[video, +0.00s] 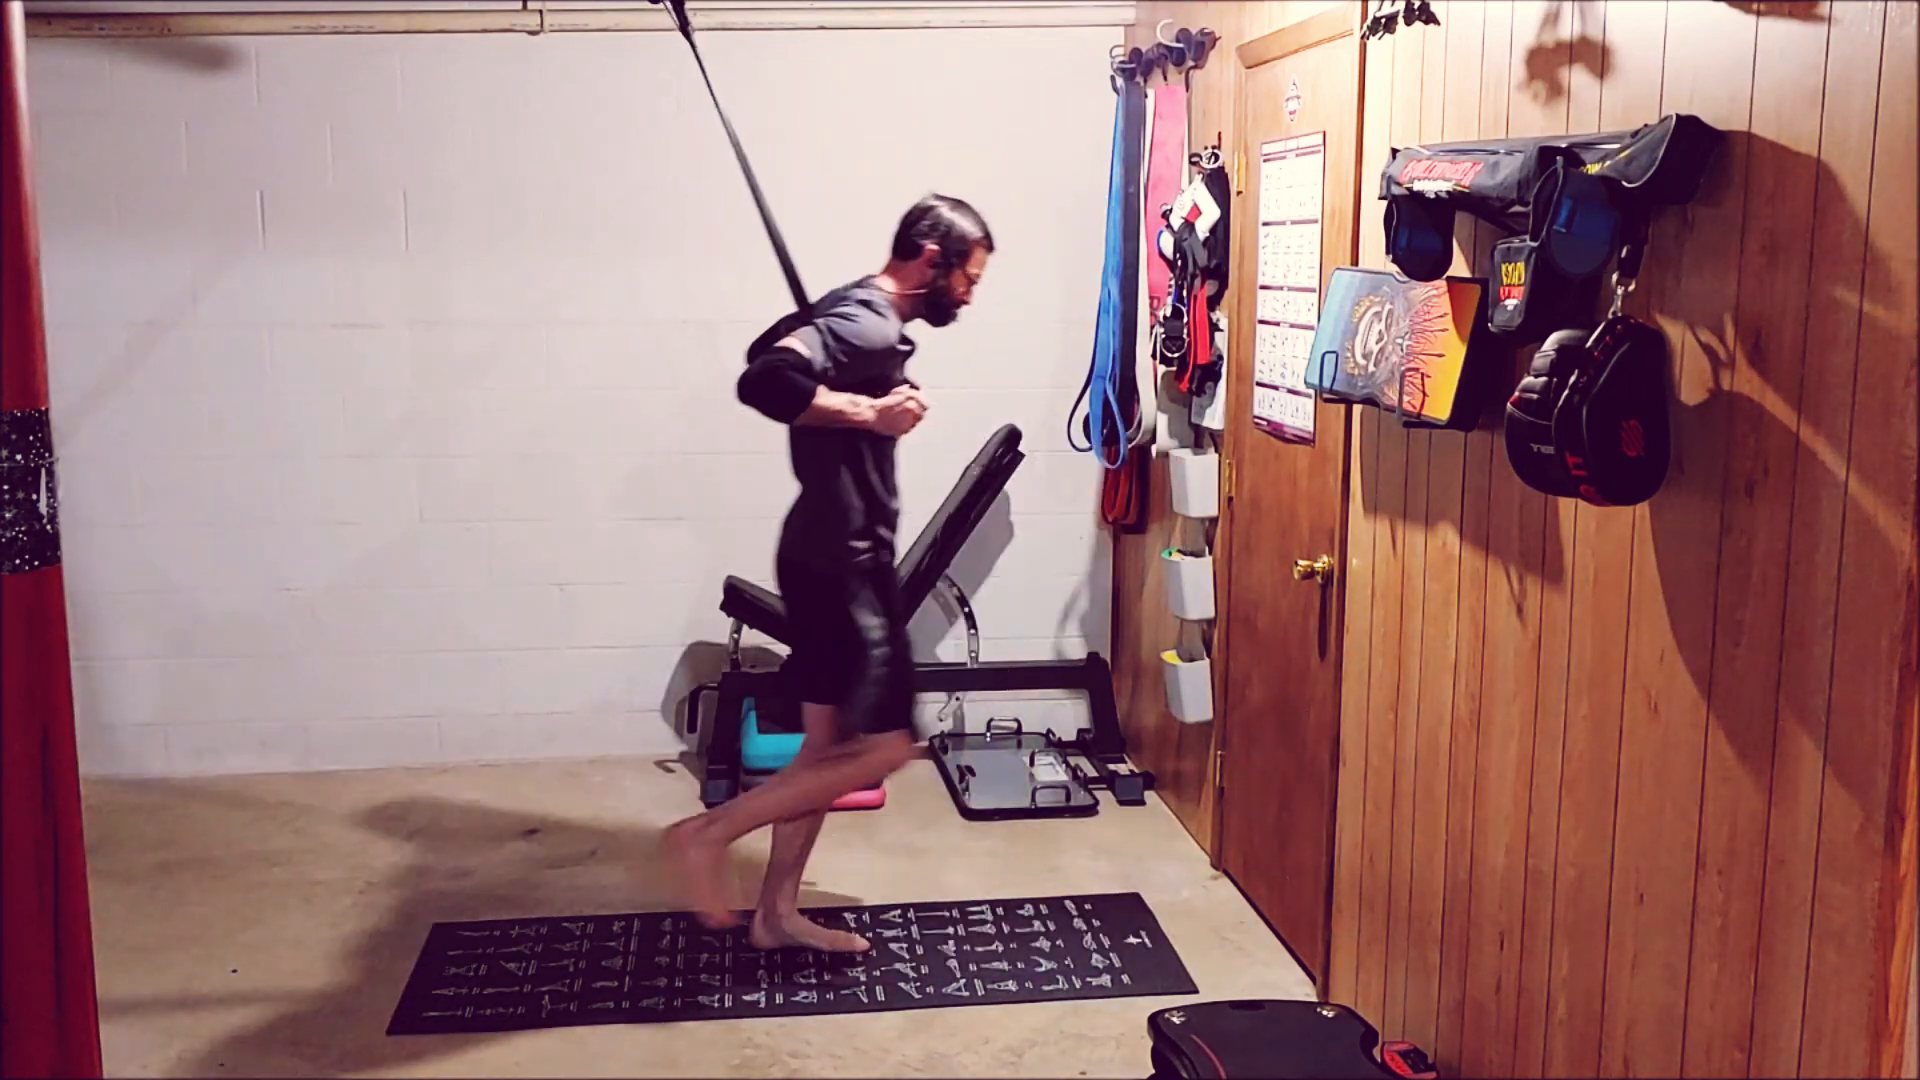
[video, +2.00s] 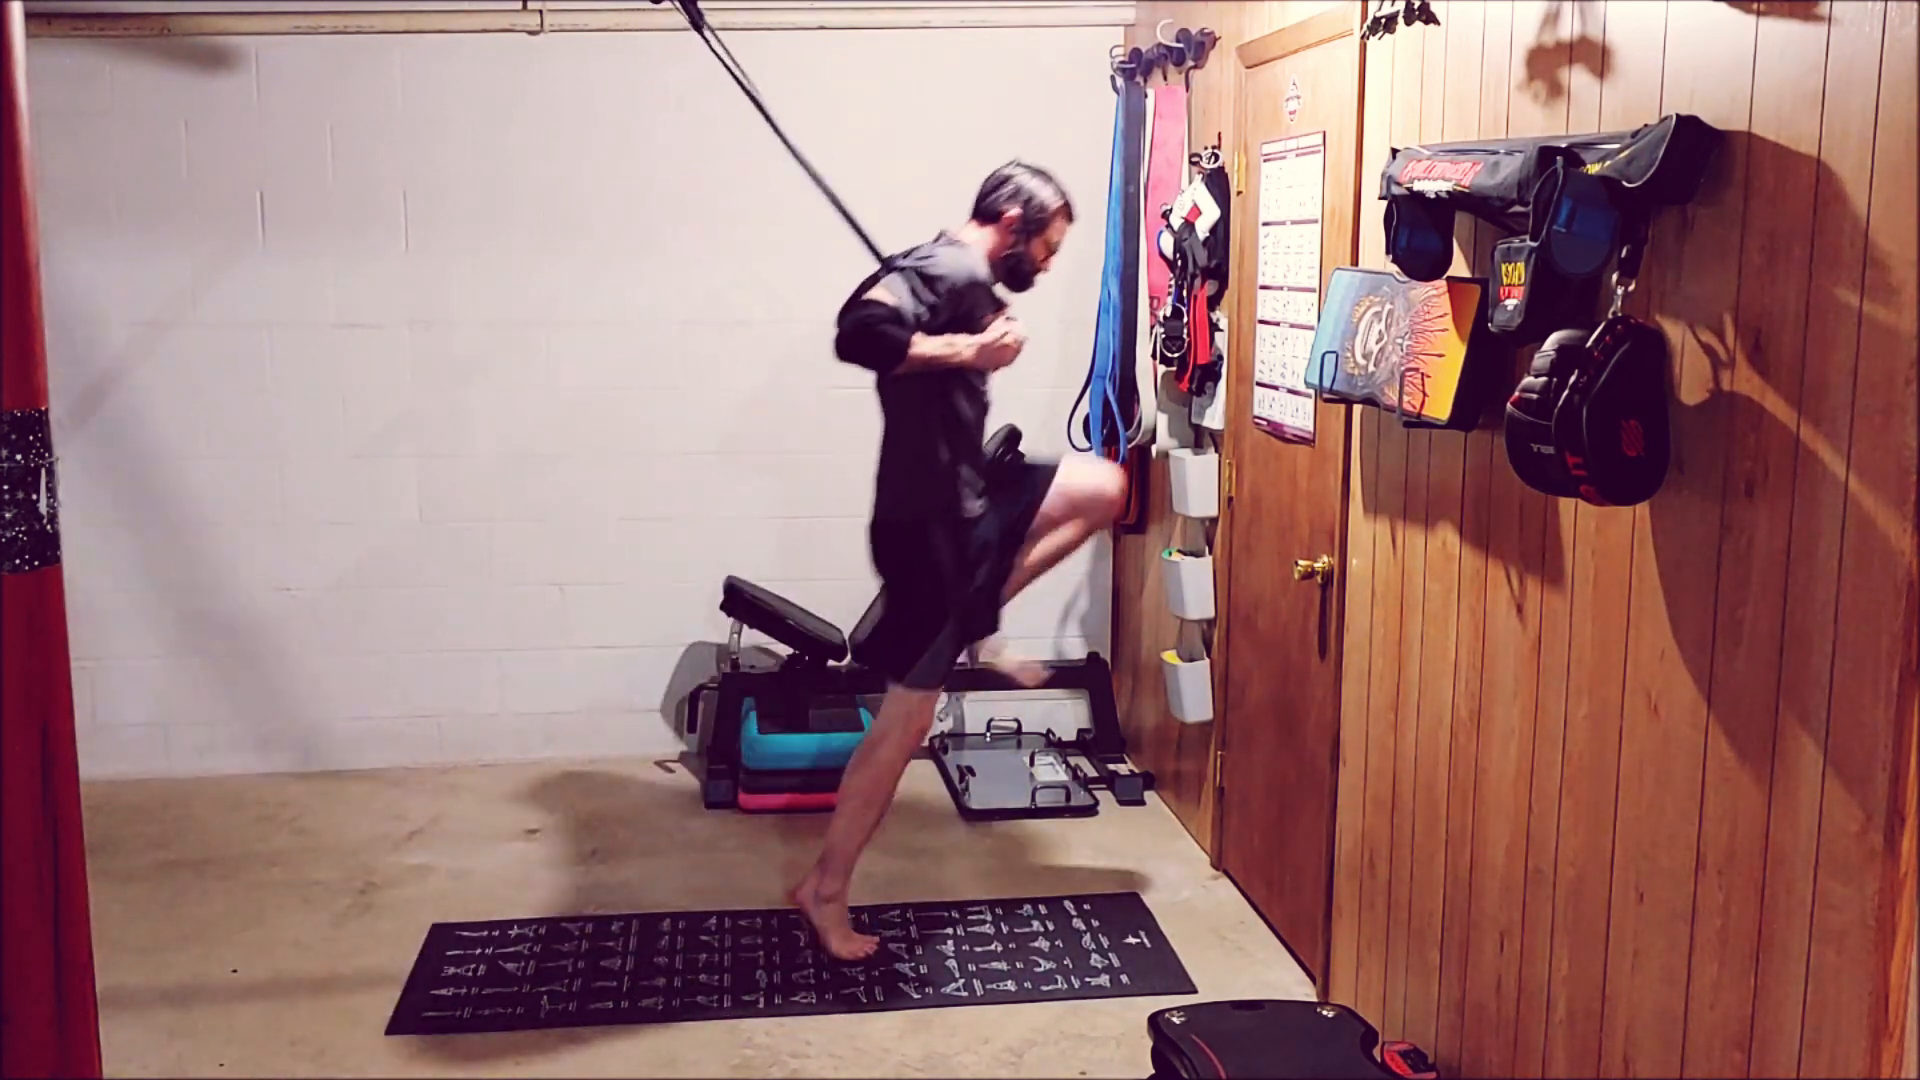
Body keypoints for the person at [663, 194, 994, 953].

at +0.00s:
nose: (970, 294)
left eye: (976, 279)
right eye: (968, 277)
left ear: (921, 256)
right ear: (929, 257)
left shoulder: (868, 308)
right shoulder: (865, 317)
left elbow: (770, 354)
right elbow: (765, 379)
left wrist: (875, 394)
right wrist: (869, 411)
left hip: (836, 547)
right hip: (837, 552)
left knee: (827, 742)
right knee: (887, 744)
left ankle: (777, 912)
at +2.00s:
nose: (1047, 265)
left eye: (1054, 251)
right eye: (1047, 247)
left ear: (1005, 216)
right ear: (1013, 220)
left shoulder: (968, 278)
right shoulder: (946, 265)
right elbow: (860, 331)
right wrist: (972, 350)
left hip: (971, 487)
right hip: (925, 517)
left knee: (1105, 489)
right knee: (906, 719)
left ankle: (973, 620)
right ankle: (824, 887)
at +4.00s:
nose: (730, 274)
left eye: (734, 260)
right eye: (723, 258)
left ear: (676, 253)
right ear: (675, 250)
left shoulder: (647, 325)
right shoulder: (620, 318)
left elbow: (588, 415)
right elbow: (528, 412)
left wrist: (652, 419)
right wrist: (639, 447)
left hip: (636, 576)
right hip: (588, 577)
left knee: (667, 734)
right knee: (577, 756)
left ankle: (606, 909)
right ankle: (552, 938)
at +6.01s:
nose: (936, 283)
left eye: (941, 269)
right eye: (933, 265)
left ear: (887, 251)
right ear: (889, 249)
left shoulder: (852, 316)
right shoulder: (829, 307)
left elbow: (795, 407)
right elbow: (745, 396)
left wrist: (870, 397)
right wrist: (858, 417)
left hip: (819, 553)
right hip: (819, 557)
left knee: (803, 733)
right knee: (920, 717)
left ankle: (780, 917)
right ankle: (735, 805)